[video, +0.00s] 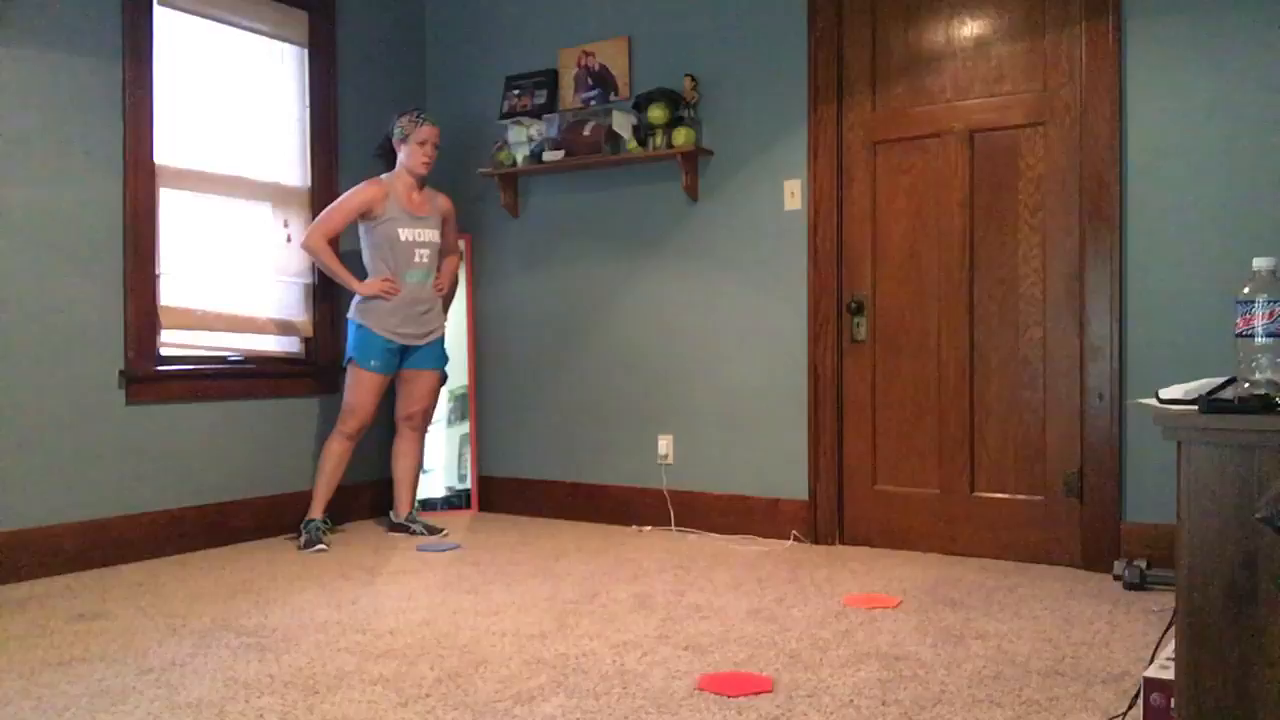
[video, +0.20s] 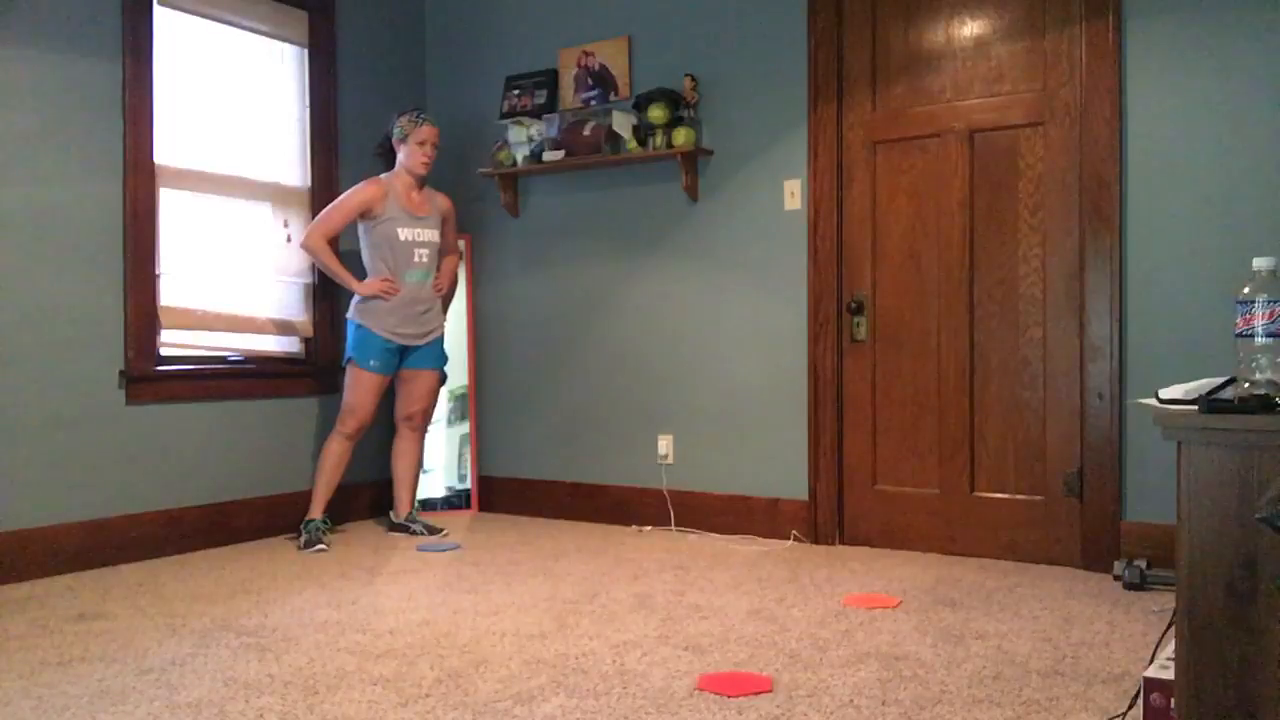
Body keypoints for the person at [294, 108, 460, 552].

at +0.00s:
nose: (431, 153)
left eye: (435, 146)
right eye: (423, 144)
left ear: (437, 153)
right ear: (400, 146)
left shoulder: (441, 204)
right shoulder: (374, 192)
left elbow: (452, 250)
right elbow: (313, 239)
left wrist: (447, 277)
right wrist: (358, 285)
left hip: (428, 327)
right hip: (376, 324)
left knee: (414, 421)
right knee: (352, 424)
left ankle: (402, 514)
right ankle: (314, 520)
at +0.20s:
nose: (430, 153)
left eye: (434, 146)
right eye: (422, 145)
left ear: (436, 152)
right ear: (399, 146)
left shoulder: (441, 204)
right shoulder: (374, 192)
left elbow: (451, 250)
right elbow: (313, 238)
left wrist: (448, 274)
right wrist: (357, 285)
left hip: (427, 328)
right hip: (376, 325)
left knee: (414, 420)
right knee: (352, 423)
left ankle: (402, 514)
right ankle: (314, 520)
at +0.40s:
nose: (430, 153)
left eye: (434, 146)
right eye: (421, 145)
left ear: (436, 152)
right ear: (399, 146)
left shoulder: (441, 204)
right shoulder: (373, 192)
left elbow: (451, 251)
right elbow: (312, 238)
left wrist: (447, 276)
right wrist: (357, 285)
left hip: (427, 326)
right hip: (375, 324)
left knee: (413, 420)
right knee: (351, 424)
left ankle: (402, 514)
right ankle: (315, 519)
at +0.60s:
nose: (430, 153)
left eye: (435, 147)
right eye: (422, 145)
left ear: (437, 152)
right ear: (399, 146)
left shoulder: (441, 203)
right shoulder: (373, 192)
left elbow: (451, 250)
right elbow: (312, 238)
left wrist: (447, 275)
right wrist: (356, 284)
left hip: (427, 327)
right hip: (375, 324)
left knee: (413, 420)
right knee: (351, 422)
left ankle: (403, 514)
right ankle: (314, 519)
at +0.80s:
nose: (431, 153)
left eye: (435, 147)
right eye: (423, 145)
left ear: (437, 153)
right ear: (400, 145)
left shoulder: (441, 203)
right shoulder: (374, 191)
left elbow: (451, 250)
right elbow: (313, 238)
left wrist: (446, 277)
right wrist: (357, 285)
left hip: (426, 326)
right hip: (375, 324)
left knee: (413, 420)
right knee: (351, 423)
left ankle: (403, 514)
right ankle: (314, 519)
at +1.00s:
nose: (431, 154)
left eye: (436, 147)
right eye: (424, 145)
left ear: (438, 153)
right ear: (401, 146)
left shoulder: (441, 203)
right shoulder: (375, 192)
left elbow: (451, 249)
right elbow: (313, 238)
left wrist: (447, 275)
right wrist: (357, 284)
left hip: (426, 326)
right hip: (375, 324)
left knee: (413, 421)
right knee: (351, 422)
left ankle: (402, 514)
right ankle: (314, 519)